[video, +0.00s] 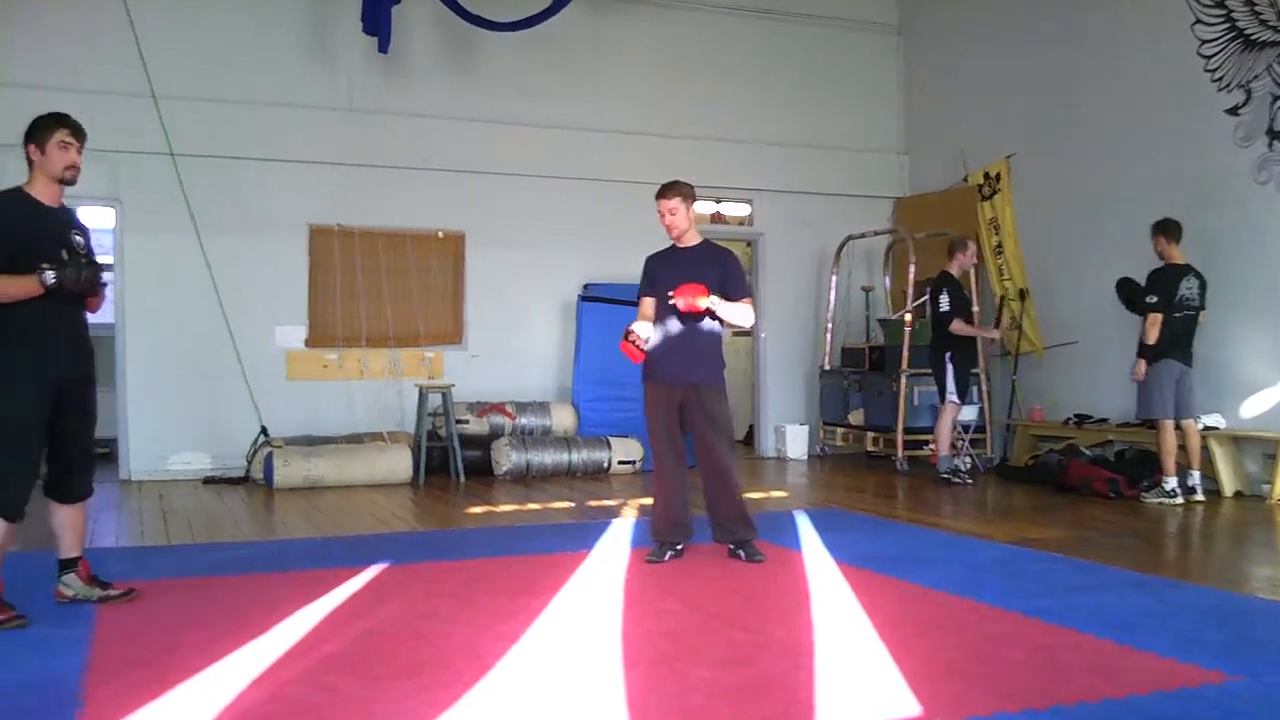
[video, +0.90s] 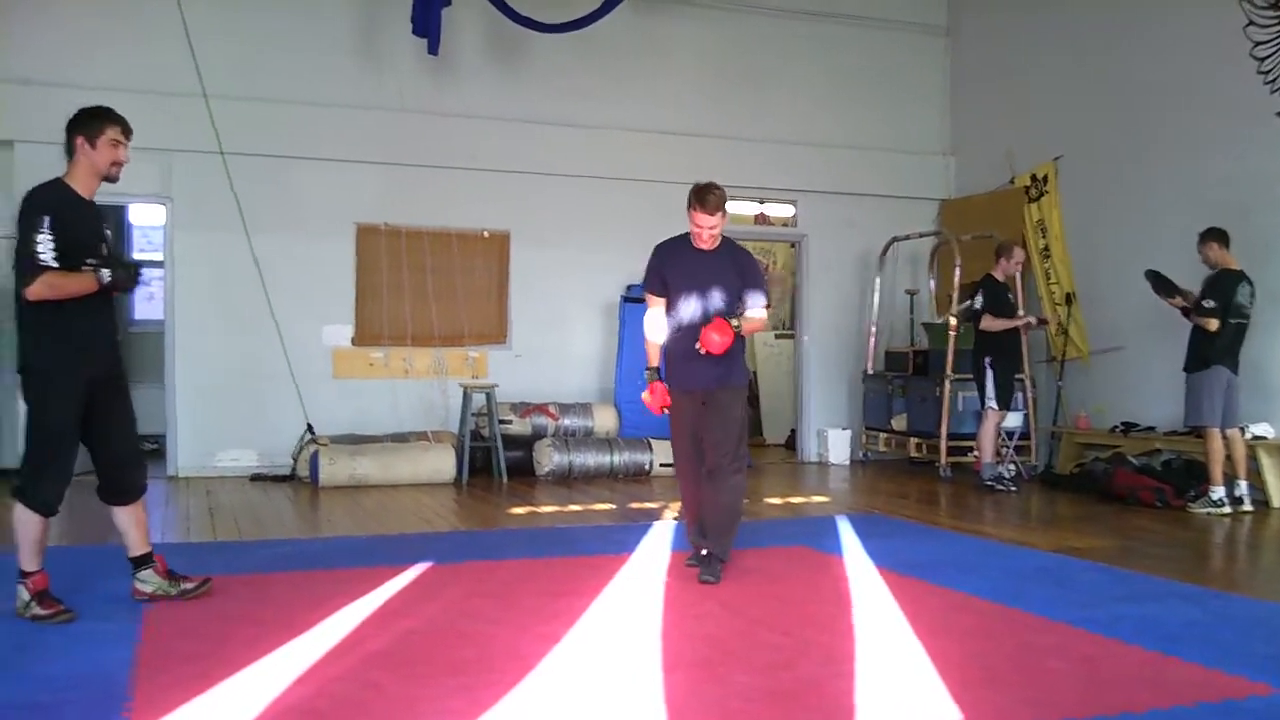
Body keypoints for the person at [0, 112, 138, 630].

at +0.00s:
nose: (75, 156)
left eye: (79, 149)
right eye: (65, 147)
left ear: (77, 158)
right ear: (34, 152)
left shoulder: (74, 226)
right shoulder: (6, 209)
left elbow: (93, 302)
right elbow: (0, 288)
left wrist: (89, 280)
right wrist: (48, 278)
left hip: (72, 366)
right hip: (16, 367)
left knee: (72, 469)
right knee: (11, 477)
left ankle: (73, 575)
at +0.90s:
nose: (123, 156)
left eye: (125, 148)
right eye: (116, 146)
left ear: (99, 150)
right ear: (83, 144)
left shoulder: (96, 215)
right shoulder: (43, 202)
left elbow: (88, 278)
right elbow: (36, 287)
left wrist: (117, 274)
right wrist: (104, 278)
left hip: (101, 364)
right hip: (53, 367)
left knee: (124, 466)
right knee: (45, 472)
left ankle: (147, 573)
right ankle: (31, 588)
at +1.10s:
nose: (177, 159)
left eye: (181, 151)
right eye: (168, 148)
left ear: (175, 158)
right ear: (138, 149)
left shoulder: (155, 219)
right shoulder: (103, 205)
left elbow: (150, 292)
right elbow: (94, 287)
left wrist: (178, 285)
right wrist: (160, 278)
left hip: (162, 365)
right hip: (115, 367)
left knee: (170, 465)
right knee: (95, 471)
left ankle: (177, 573)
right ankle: (63, 583)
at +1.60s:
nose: (228, 161)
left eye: (233, 154)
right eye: (220, 150)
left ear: (233, 163)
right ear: (193, 151)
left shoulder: (218, 224)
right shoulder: (147, 198)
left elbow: (229, 303)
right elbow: (120, 268)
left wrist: (224, 279)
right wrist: (188, 268)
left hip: (201, 357)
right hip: (153, 354)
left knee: (190, 464)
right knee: (159, 460)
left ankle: (171, 567)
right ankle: (118, 568)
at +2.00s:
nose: (226, 108)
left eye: (231, 100)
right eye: (218, 97)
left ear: (229, 104)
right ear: (188, 95)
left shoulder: (215, 166)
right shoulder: (146, 147)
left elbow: (229, 247)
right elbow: (126, 224)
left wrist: (231, 226)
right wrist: (196, 218)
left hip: (209, 306)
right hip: (164, 305)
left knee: (195, 409)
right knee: (179, 410)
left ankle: (161, 511)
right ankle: (187, 530)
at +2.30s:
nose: (256, 113)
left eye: (260, 104)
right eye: (249, 100)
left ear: (245, 105)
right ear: (216, 97)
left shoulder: (226, 164)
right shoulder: (182, 153)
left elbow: (216, 230)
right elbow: (178, 237)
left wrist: (246, 227)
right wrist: (242, 226)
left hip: (237, 311)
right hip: (199, 313)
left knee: (255, 417)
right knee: (207, 421)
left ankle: (200, 498)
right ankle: (210, 540)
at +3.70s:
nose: (291, 106)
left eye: (295, 98)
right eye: (282, 95)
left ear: (293, 104)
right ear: (253, 96)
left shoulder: (278, 162)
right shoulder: (221, 151)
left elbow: (284, 236)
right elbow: (216, 232)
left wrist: (305, 225)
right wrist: (280, 220)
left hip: (288, 309)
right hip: (247, 310)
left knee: (277, 414)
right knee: (243, 416)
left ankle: (265, 516)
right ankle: (238, 534)